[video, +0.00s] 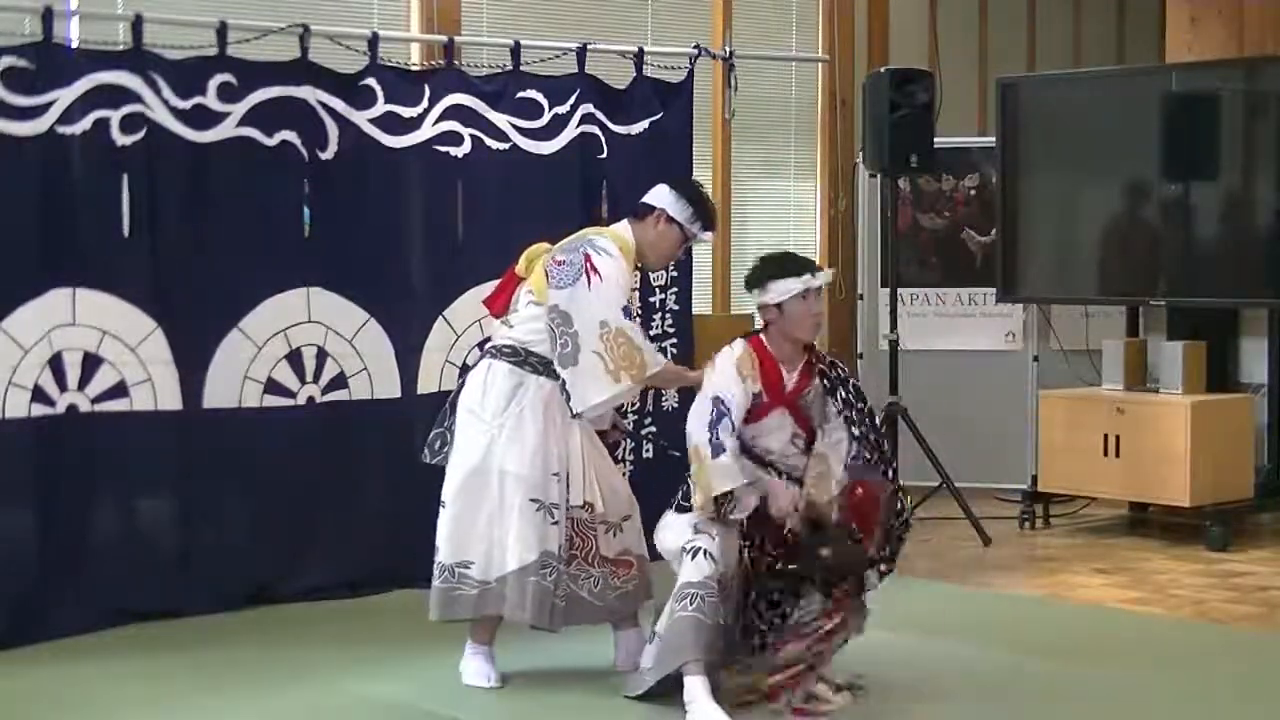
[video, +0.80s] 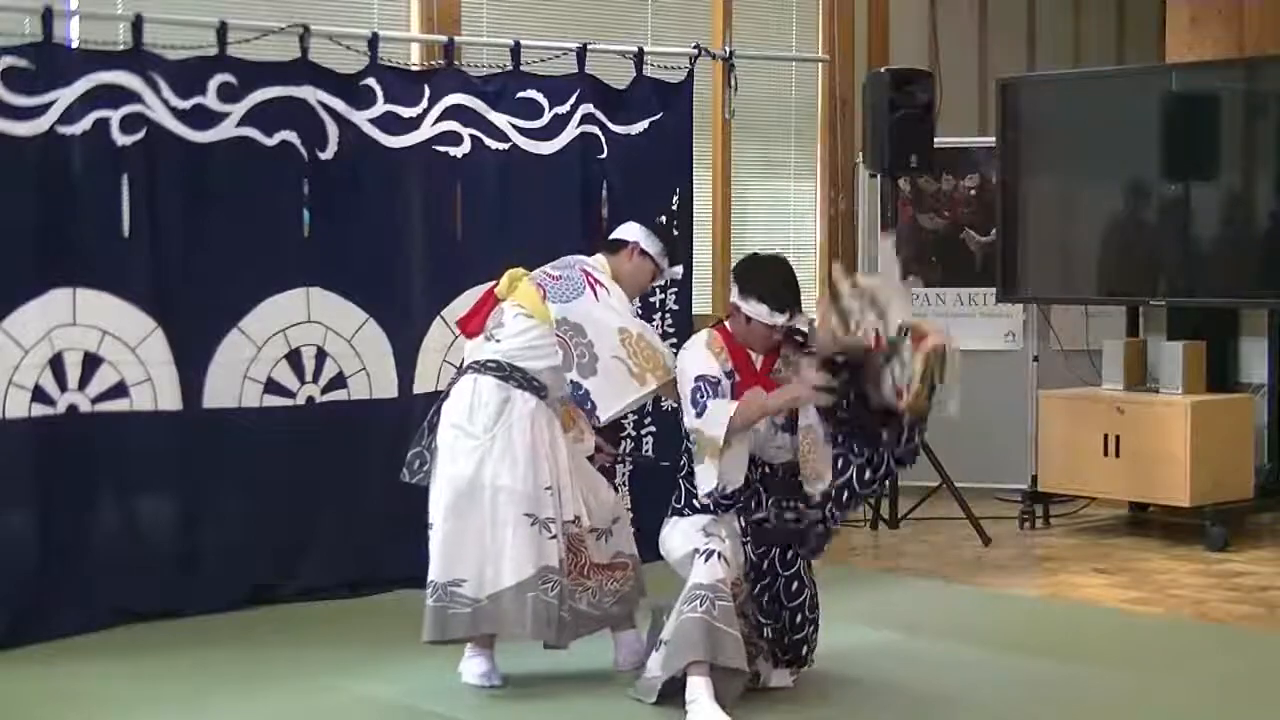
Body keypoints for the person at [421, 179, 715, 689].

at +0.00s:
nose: (682, 254)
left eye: (688, 246)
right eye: (684, 241)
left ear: (659, 222)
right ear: (658, 220)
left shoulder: (608, 258)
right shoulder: (600, 258)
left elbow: (581, 352)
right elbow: (622, 355)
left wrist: (598, 411)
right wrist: (695, 379)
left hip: (546, 396)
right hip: (512, 391)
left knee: (615, 509)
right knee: (506, 515)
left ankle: (631, 647)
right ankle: (478, 650)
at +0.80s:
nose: (651, 285)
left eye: (656, 277)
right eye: (652, 273)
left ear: (621, 252)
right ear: (631, 253)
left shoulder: (566, 276)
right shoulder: (592, 283)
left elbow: (546, 377)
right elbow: (651, 363)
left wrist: (586, 436)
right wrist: (703, 400)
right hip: (499, 403)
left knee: (604, 510)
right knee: (488, 525)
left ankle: (628, 642)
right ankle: (479, 650)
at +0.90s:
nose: (646, 290)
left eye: (651, 283)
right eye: (648, 277)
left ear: (621, 255)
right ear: (629, 256)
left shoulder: (559, 273)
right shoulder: (593, 283)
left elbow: (547, 380)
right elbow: (643, 341)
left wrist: (579, 433)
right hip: (501, 406)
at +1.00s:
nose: (644, 290)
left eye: (649, 282)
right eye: (646, 276)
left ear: (619, 255)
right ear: (627, 255)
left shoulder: (559, 274)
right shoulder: (594, 280)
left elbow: (543, 384)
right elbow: (656, 349)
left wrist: (581, 443)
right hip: (492, 403)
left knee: (593, 512)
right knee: (487, 526)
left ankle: (627, 643)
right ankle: (478, 653)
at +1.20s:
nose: (640, 280)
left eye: (646, 271)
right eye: (643, 266)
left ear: (613, 243)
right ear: (622, 245)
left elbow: (542, 370)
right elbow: (634, 353)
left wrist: (577, 432)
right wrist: (654, 408)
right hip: (498, 399)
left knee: (594, 510)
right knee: (488, 522)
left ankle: (627, 642)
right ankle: (478, 652)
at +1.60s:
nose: (661, 254)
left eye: (667, 244)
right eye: (661, 238)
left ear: (629, 221)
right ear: (630, 217)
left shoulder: (592, 263)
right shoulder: (580, 258)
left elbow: (564, 354)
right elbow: (590, 346)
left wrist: (591, 415)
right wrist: (668, 345)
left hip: (544, 400)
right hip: (503, 394)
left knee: (613, 504)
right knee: (498, 517)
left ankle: (631, 643)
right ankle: (478, 650)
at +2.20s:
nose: (672, 258)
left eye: (679, 249)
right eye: (673, 244)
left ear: (643, 227)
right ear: (644, 223)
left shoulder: (604, 263)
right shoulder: (595, 261)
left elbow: (587, 357)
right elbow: (595, 347)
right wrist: (678, 331)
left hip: (557, 405)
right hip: (515, 398)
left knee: (621, 506)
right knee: (500, 519)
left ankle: (633, 647)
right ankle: (479, 651)